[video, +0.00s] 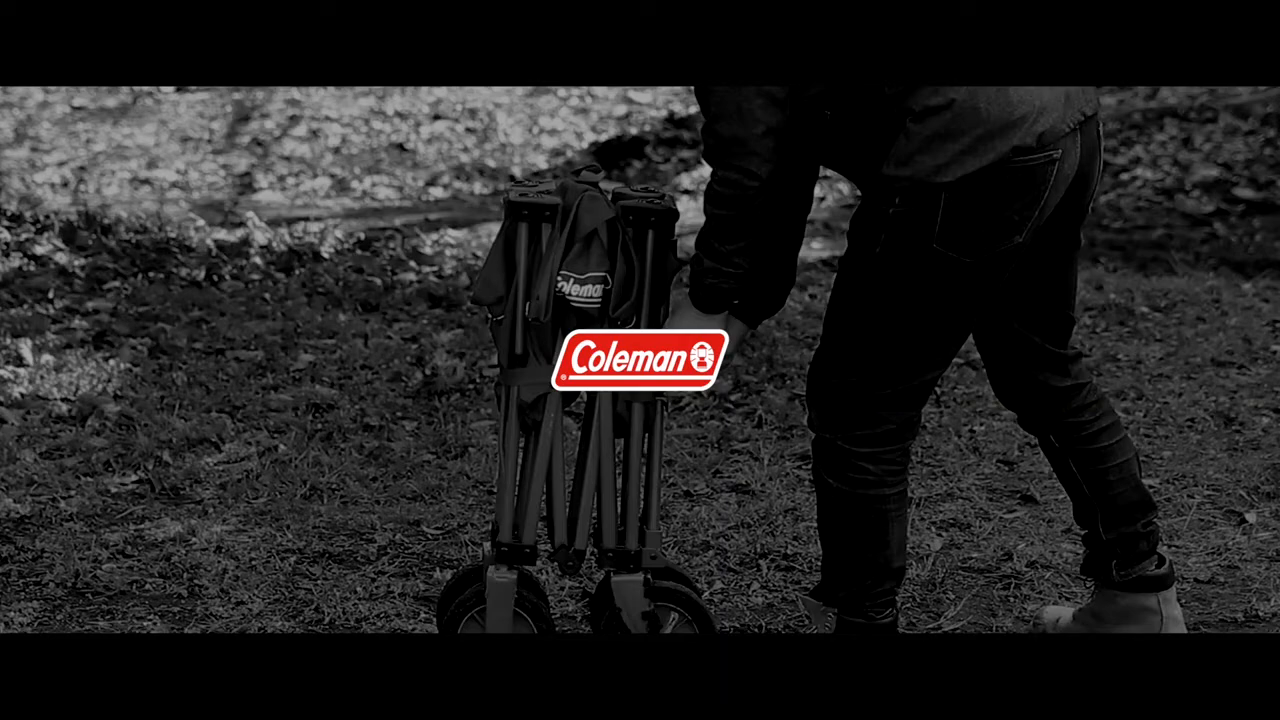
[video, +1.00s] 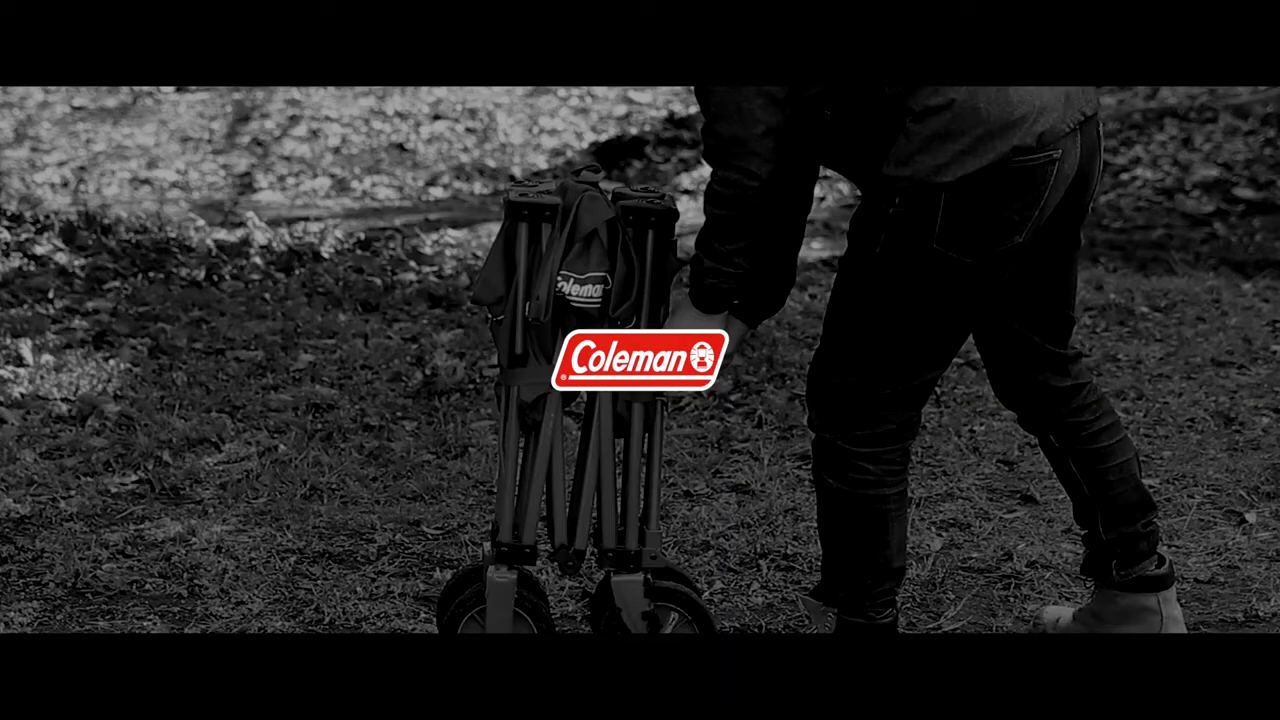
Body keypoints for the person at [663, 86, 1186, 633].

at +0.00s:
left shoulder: (746, 91)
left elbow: (758, 173)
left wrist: (712, 309)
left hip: (947, 161)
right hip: (1067, 123)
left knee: (857, 409)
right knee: (1038, 364)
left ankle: (862, 616)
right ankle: (1136, 588)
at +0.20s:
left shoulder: (746, 91)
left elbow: (758, 173)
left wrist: (712, 309)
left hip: (947, 161)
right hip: (1067, 123)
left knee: (857, 409)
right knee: (1038, 364)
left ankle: (862, 616)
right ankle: (1136, 588)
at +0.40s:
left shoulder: (746, 91)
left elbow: (758, 173)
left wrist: (712, 309)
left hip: (947, 161)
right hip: (1067, 123)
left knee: (857, 409)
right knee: (1038, 364)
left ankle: (862, 616)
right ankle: (1136, 588)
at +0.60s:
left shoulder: (746, 91)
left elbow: (758, 173)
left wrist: (712, 309)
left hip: (947, 161)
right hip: (1067, 123)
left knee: (857, 409)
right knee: (1038, 364)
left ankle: (862, 616)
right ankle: (1136, 588)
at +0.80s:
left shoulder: (746, 91)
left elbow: (758, 173)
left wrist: (712, 309)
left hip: (947, 161)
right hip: (1067, 123)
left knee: (857, 409)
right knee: (1038, 364)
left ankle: (862, 616)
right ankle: (1136, 588)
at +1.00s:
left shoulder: (746, 91)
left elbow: (758, 173)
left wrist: (712, 309)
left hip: (947, 161)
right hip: (1067, 123)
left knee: (857, 409)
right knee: (1038, 364)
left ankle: (862, 616)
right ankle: (1136, 588)